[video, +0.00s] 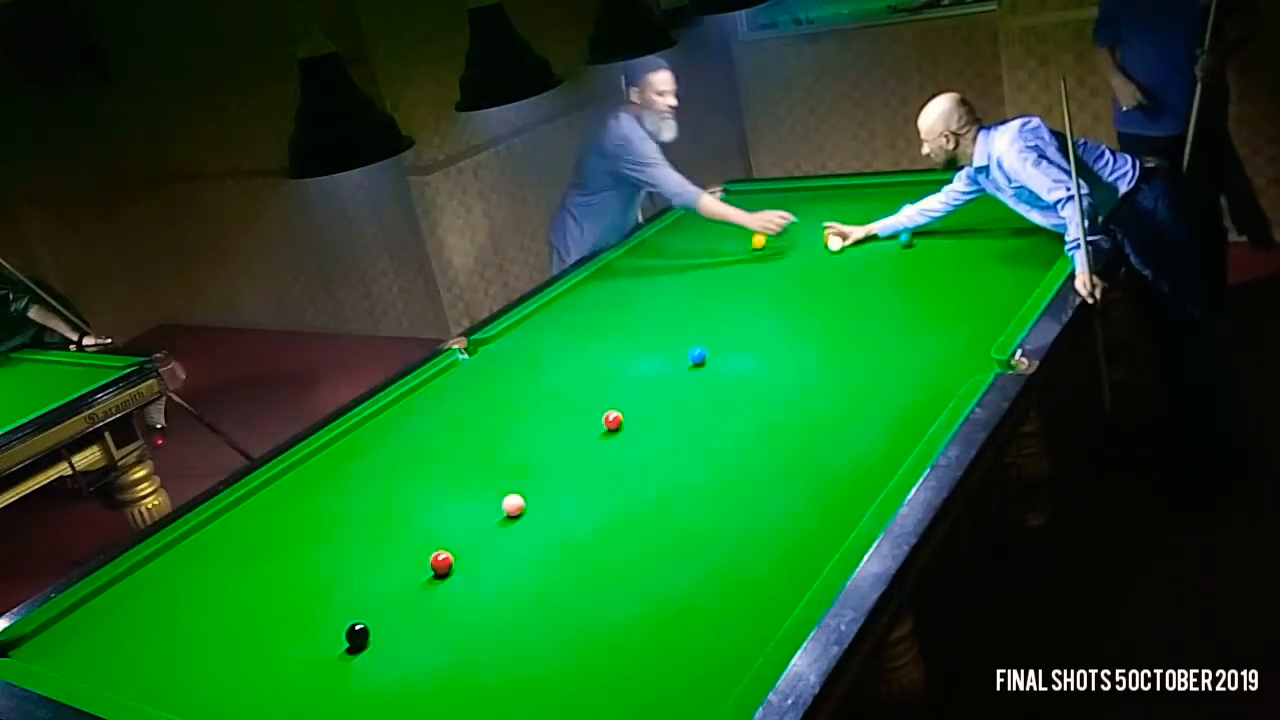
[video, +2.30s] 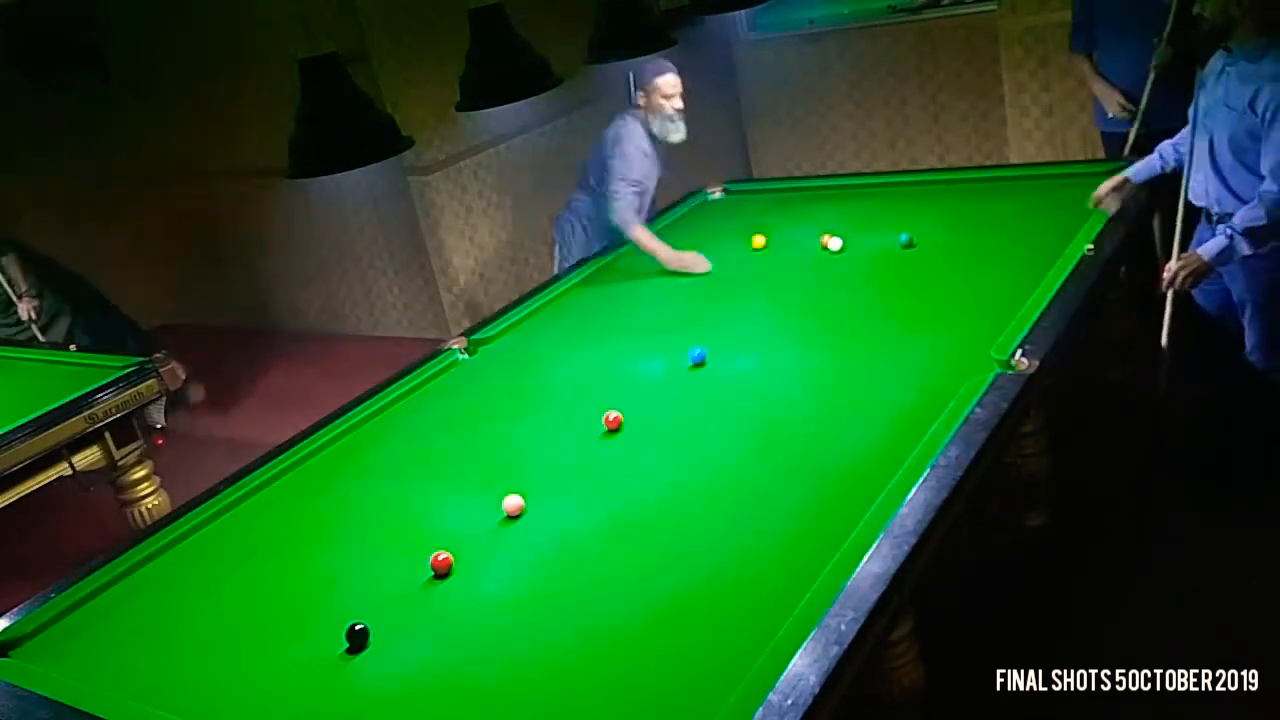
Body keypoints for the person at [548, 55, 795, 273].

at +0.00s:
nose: (672, 103)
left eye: (673, 94)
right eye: (662, 94)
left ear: (674, 91)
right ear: (634, 95)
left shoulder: (641, 124)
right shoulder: (622, 132)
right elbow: (679, 192)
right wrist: (749, 219)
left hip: (616, 233)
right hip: (582, 243)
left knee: (614, 310)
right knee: (580, 320)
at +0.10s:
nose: (693, 116)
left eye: (695, 107)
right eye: (684, 107)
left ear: (697, 104)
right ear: (657, 106)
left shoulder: (656, 131)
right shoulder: (643, 142)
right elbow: (702, 198)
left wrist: (700, 191)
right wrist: (771, 226)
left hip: (622, 230)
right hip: (586, 241)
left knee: (611, 312)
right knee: (577, 320)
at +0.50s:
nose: (715, 137)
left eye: (718, 128)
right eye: (706, 129)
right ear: (680, 124)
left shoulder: (672, 139)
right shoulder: (660, 157)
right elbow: (684, 230)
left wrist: (705, 185)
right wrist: (752, 248)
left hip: (623, 231)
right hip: (588, 237)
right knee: (578, 317)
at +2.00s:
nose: (715, 138)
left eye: (716, 128)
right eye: (706, 129)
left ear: (680, 127)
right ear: (678, 128)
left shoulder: (663, 135)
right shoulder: (662, 164)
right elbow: (706, 226)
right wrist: (773, 243)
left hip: (623, 234)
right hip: (586, 241)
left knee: (610, 312)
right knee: (578, 320)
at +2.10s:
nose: (709, 130)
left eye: (710, 121)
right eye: (699, 123)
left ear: (674, 121)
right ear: (672, 123)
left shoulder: (663, 136)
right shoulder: (658, 158)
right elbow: (689, 227)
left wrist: (697, 192)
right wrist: (753, 247)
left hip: (621, 231)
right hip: (587, 238)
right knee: (576, 317)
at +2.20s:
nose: (698, 119)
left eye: (699, 110)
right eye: (687, 111)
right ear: (660, 112)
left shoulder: (651, 134)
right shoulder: (646, 148)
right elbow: (662, 223)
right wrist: (720, 253)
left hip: (614, 232)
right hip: (587, 239)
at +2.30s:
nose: (679, 106)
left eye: (680, 96)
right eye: (668, 98)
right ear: (642, 99)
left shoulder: (645, 129)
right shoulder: (629, 136)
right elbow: (620, 211)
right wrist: (668, 255)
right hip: (587, 237)